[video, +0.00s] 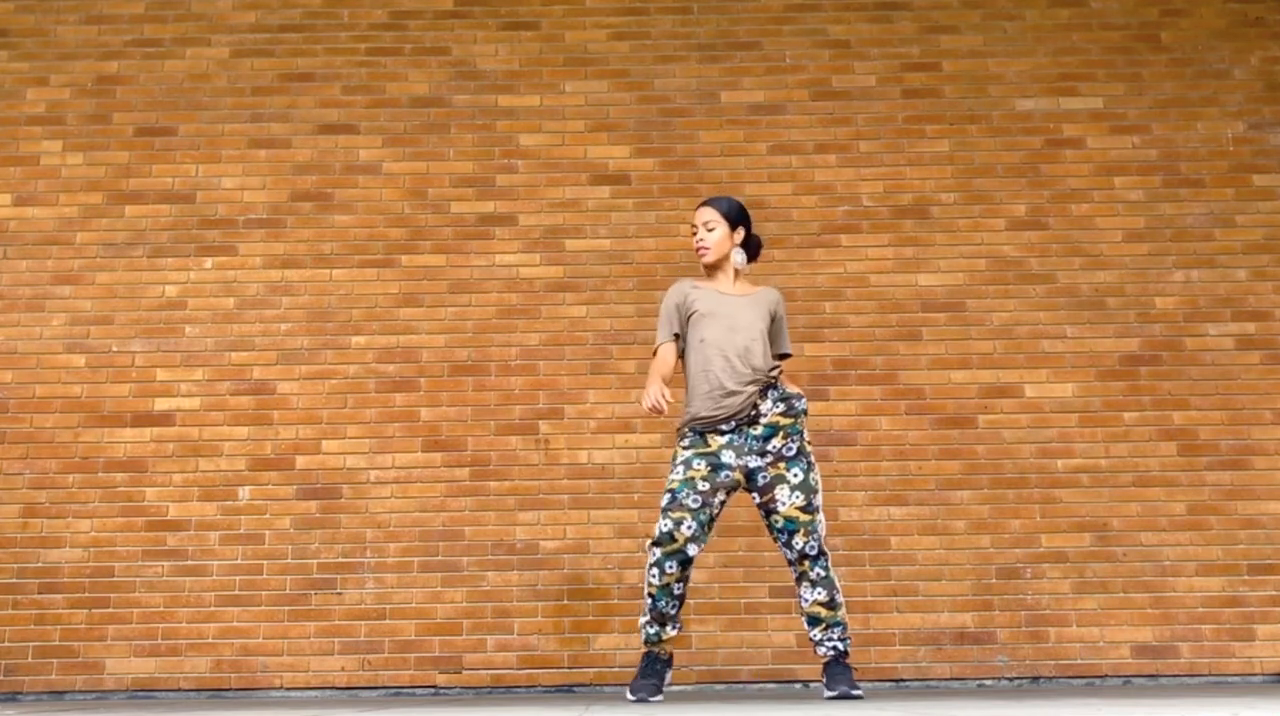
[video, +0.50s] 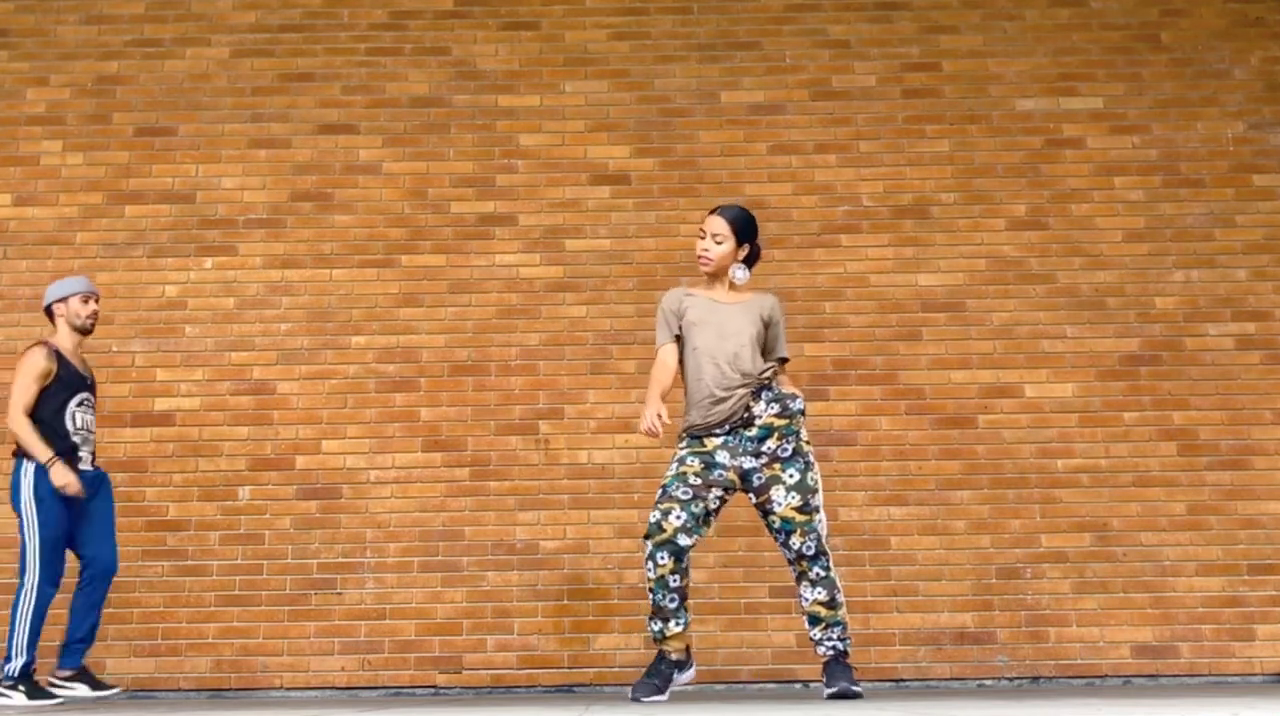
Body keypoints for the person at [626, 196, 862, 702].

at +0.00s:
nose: (698, 238)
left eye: (709, 229)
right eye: (695, 231)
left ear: (738, 236)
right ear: (694, 240)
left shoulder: (769, 299)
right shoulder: (682, 295)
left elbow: (774, 368)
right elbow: (666, 355)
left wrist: (787, 390)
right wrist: (653, 381)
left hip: (768, 433)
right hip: (704, 438)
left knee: (804, 541)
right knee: (671, 542)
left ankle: (835, 659)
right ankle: (655, 655)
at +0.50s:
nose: (703, 247)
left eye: (716, 240)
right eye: (701, 236)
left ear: (742, 251)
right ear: (696, 243)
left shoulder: (765, 306)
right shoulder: (677, 301)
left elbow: (774, 372)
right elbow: (667, 361)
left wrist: (788, 399)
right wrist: (652, 400)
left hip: (766, 436)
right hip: (704, 442)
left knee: (805, 541)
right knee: (663, 536)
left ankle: (835, 660)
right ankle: (673, 655)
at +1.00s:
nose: (725, 249)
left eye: (738, 246)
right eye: (722, 238)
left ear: (750, 257)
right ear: (709, 238)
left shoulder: (769, 299)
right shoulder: (679, 305)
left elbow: (801, 360)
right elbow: (676, 370)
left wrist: (796, 414)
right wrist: (670, 430)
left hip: (774, 432)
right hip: (712, 443)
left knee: (811, 543)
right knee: (681, 546)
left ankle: (836, 661)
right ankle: (677, 667)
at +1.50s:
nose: (756, 240)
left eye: (765, 232)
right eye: (746, 231)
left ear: (773, 240)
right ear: (727, 237)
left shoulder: (791, 295)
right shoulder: (702, 292)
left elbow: (812, 363)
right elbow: (693, 366)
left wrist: (812, 417)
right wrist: (692, 433)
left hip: (791, 428)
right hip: (727, 433)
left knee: (815, 544)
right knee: (710, 547)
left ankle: (837, 661)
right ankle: (681, 664)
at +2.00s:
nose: (754, 234)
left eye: (760, 225)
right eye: (742, 228)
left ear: (773, 233)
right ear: (727, 240)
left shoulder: (794, 303)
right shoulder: (706, 292)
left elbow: (818, 371)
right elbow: (692, 364)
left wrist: (817, 414)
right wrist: (693, 430)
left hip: (796, 435)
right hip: (731, 441)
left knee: (823, 544)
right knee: (704, 541)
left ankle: (838, 662)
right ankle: (705, 662)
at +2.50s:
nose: (747, 235)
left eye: (754, 226)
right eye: (736, 230)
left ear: (770, 234)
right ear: (724, 244)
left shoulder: (795, 300)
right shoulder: (706, 294)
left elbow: (818, 368)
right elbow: (692, 363)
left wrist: (815, 414)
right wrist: (686, 430)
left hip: (795, 433)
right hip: (730, 439)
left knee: (823, 543)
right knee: (698, 539)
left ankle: (839, 662)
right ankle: (704, 661)